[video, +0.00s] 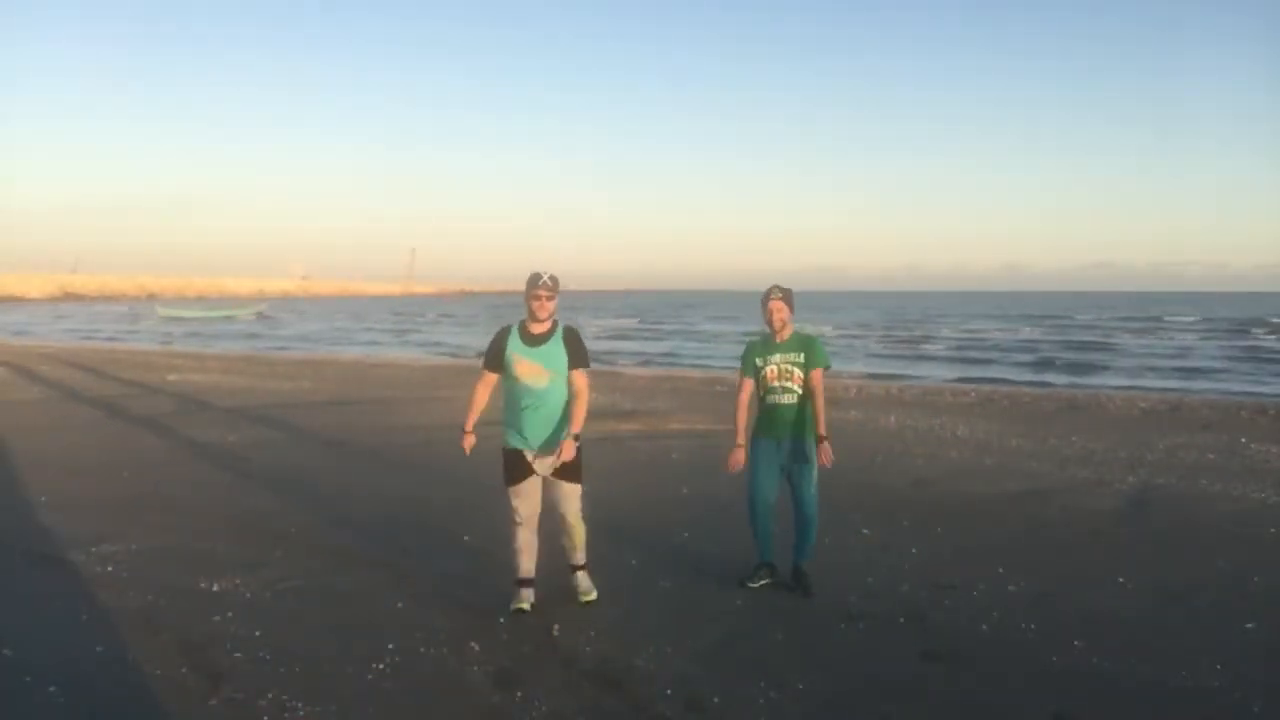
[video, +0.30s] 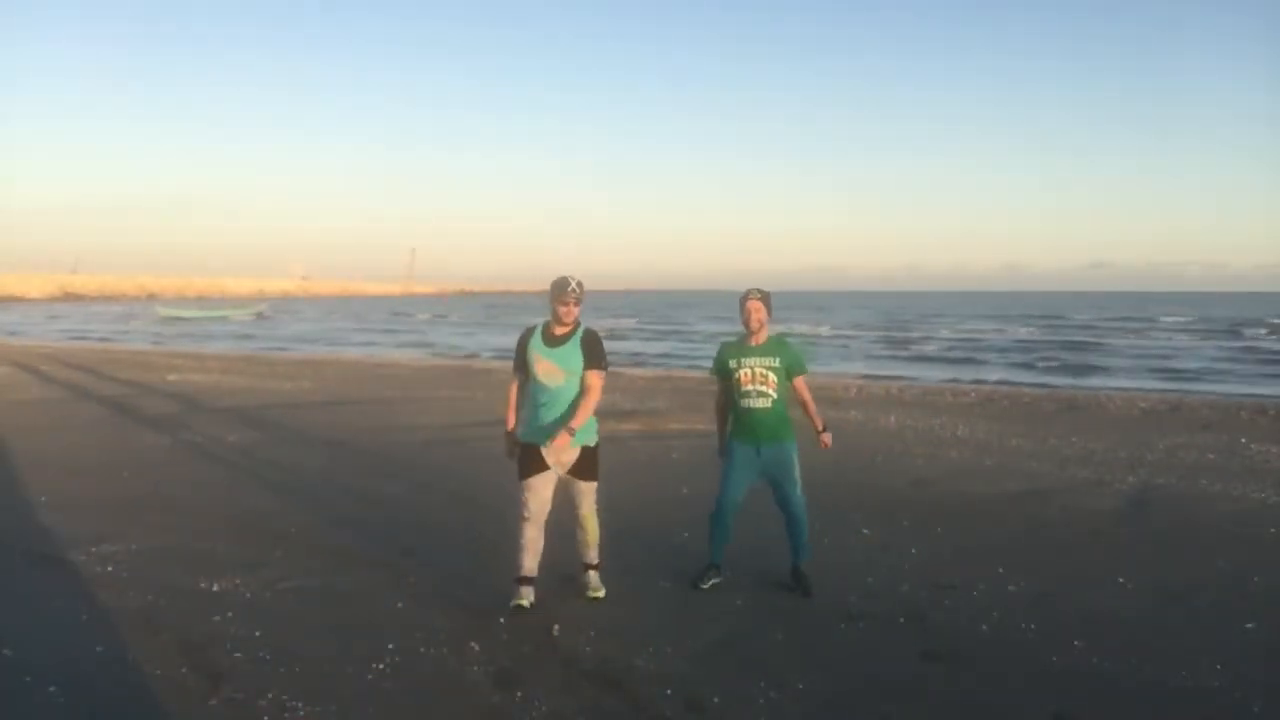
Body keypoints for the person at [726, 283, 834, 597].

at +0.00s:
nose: (774, 316)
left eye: (779, 310)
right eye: (769, 311)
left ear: (790, 312)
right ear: (764, 316)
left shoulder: (810, 345)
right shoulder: (755, 348)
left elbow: (817, 390)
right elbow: (744, 396)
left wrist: (821, 436)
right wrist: (740, 443)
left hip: (802, 437)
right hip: (766, 437)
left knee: (807, 505)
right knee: (760, 500)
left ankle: (800, 568)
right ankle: (765, 566)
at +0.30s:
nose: (751, 316)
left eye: (756, 310)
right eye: (746, 311)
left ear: (768, 315)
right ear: (740, 316)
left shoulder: (784, 350)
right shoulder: (728, 352)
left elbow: (803, 393)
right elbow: (723, 399)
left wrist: (820, 428)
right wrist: (722, 438)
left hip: (779, 440)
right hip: (742, 440)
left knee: (793, 503)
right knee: (726, 501)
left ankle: (799, 568)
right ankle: (714, 566)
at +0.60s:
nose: (724, 308)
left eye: (730, 302)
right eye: (720, 302)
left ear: (740, 307)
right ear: (713, 307)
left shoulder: (755, 343)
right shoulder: (698, 344)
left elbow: (776, 385)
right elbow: (679, 382)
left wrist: (777, 429)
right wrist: (674, 421)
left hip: (749, 436)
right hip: (711, 437)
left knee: (766, 499)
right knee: (707, 501)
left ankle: (777, 563)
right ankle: (710, 566)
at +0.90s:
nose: (719, 308)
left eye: (725, 303)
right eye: (714, 303)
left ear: (735, 307)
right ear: (708, 307)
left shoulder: (750, 340)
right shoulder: (693, 340)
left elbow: (751, 388)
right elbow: (683, 386)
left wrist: (719, 399)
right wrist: (699, 396)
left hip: (737, 432)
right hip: (702, 432)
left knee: (737, 498)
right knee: (703, 498)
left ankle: (736, 566)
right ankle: (710, 563)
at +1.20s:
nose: (723, 314)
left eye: (729, 309)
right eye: (718, 309)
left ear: (739, 313)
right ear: (711, 314)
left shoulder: (752, 350)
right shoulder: (695, 348)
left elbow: (771, 402)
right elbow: (679, 391)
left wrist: (779, 449)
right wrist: (681, 432)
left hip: (742, 441)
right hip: (703, 441)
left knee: (751, 508)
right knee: (703, 507)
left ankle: (756, 572)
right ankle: (709, 566)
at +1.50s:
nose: (741, 316)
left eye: (747, 311)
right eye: (736, 311)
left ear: (756, 317)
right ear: (728, 317)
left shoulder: (771, 357)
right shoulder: (713, 353)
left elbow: (786, 397)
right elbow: (692, 389)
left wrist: (797, 428)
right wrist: (698, 429)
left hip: (756, 449)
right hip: (717, 447)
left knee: (769, 516)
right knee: (710, 513)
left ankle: (773, 589)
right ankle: (711, 565)